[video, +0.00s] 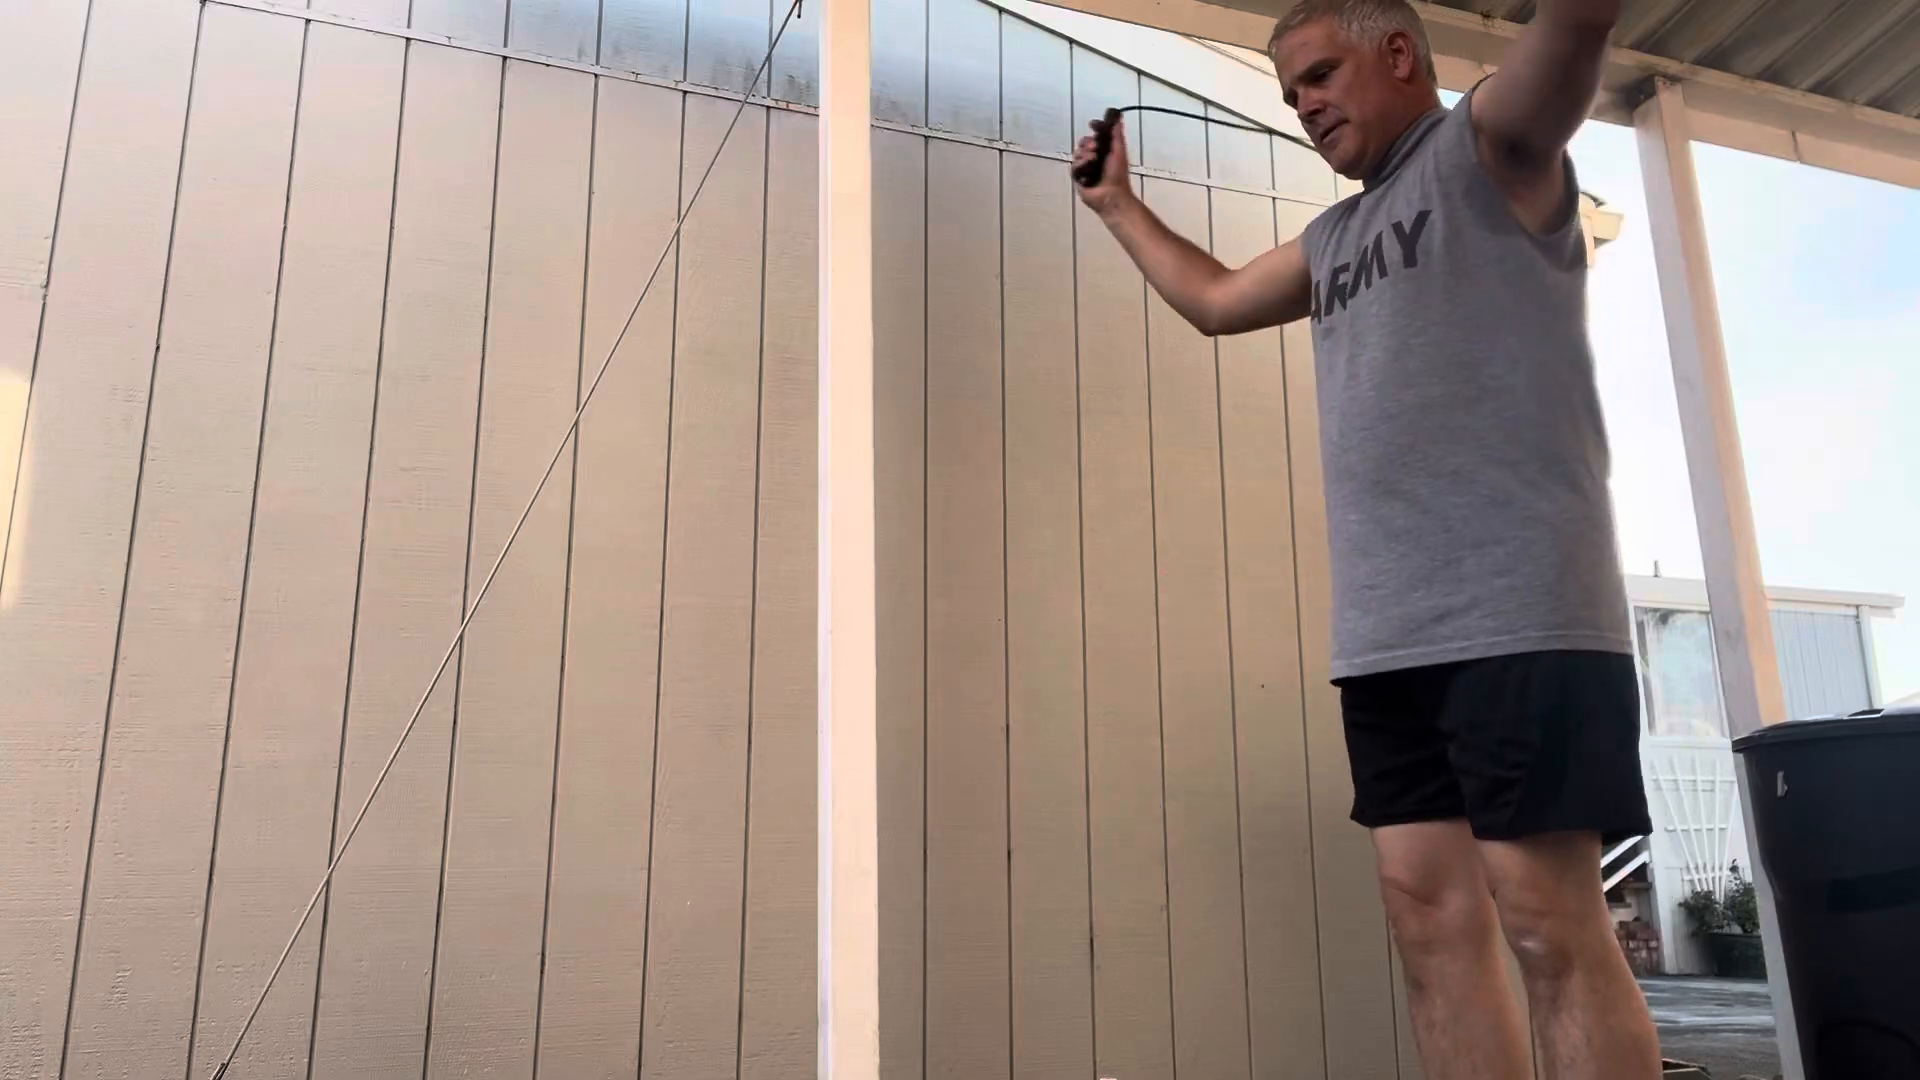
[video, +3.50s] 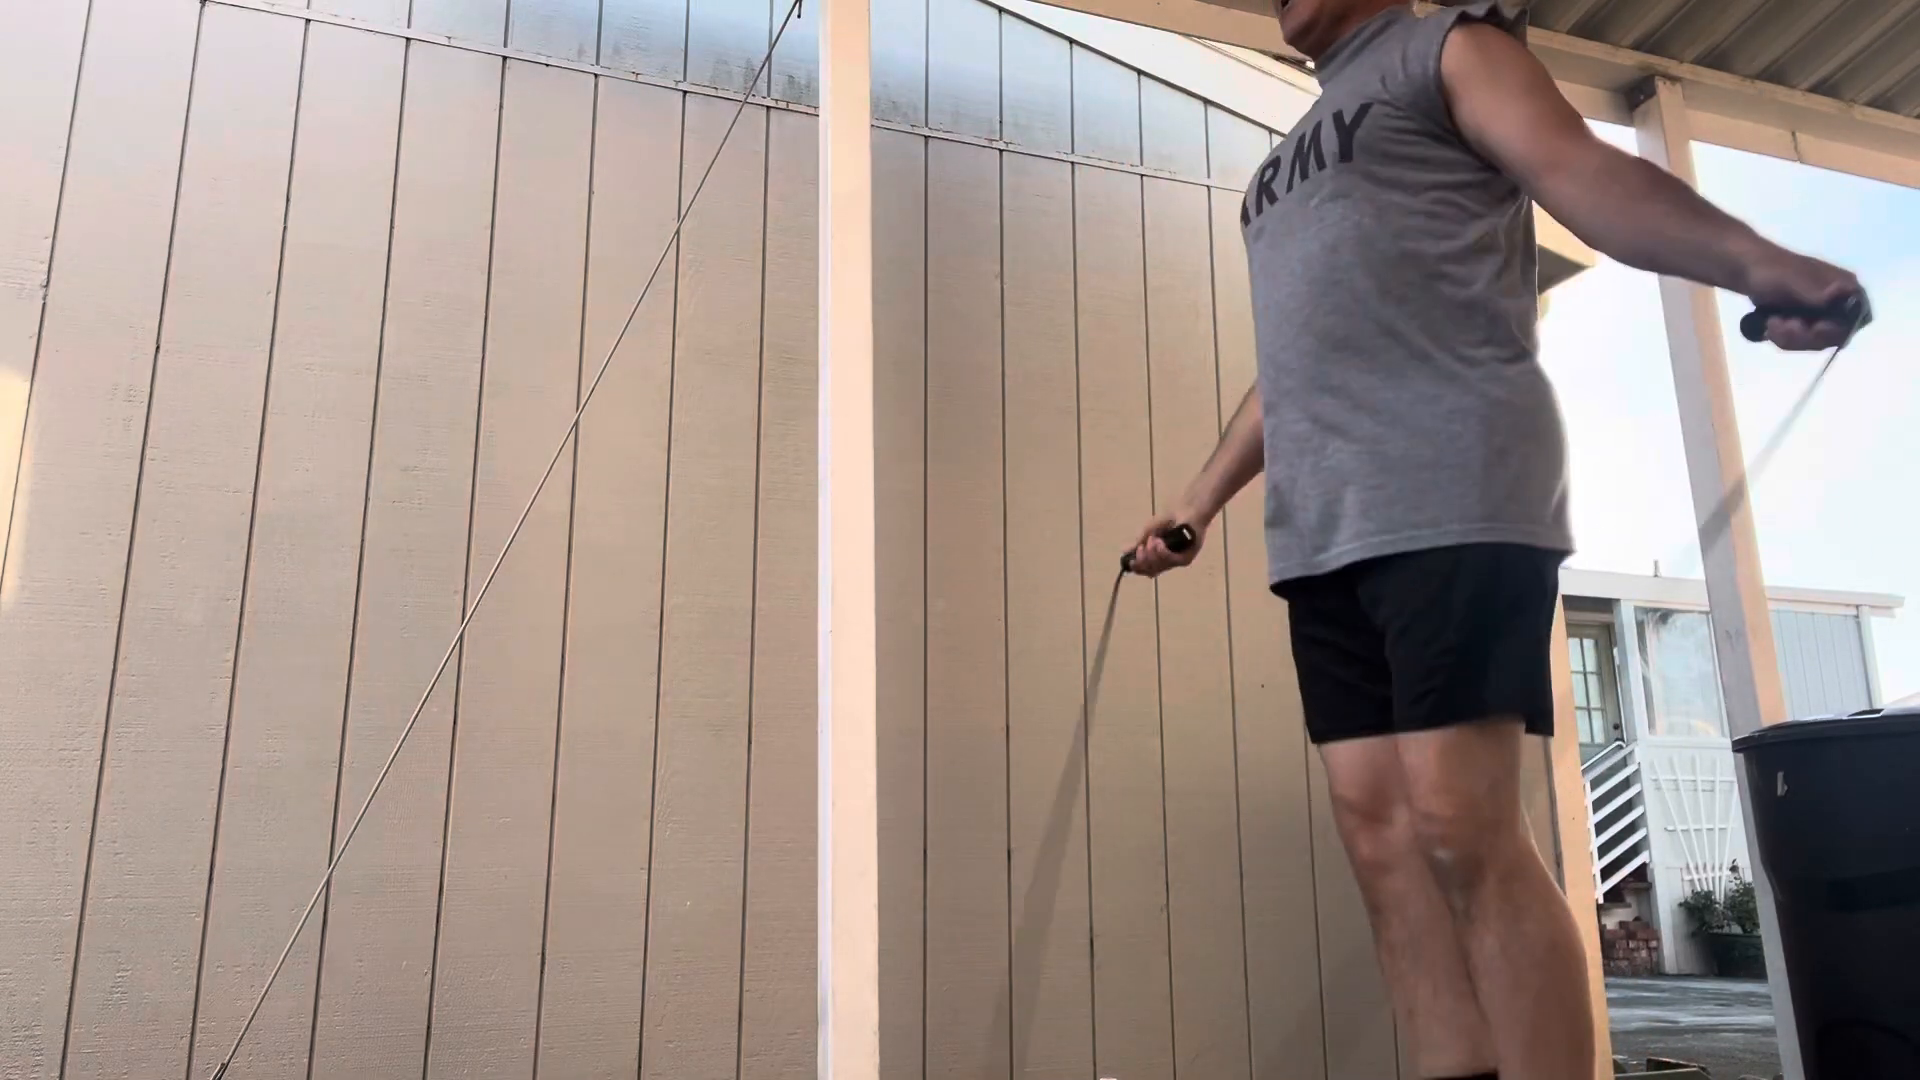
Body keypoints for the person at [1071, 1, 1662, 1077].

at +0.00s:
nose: (1306, 106)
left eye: (1322, 74)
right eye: (1292, 92)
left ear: (1401, 55)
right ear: (1292, 108)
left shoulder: (1491, 144)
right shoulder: (1332, 239)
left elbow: (1575, 24)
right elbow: (1214, 299)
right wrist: (1116, 201)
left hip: (1525, 603)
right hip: (1382, 623)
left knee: (1550, 918)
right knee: (1425, 909)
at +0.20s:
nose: (1284, 145)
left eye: (1299, 113)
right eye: (1271, 130)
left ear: (1384, 93)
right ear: (1278, 148)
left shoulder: (1471, 198)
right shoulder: (1306, 283)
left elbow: (1499, 135)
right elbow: (1166, 368)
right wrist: (1017, 319)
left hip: (1541, 605)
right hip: (1397, 636)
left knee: (1490, 940)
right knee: (1389, 939)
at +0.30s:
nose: (1283, 167)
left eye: (1301, 138)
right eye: (1270, 153)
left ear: (1378, 127)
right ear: (1274, 171)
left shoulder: (1460, 237)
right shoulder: (1303, 323)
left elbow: (1519, 253)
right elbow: (1180, 440)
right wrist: (1015, 445)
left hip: (1537, 621)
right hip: (1390, 656)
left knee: (1449, 963)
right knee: (1353, 966)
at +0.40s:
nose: (1275, 96)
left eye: (1290, 65)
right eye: (1263, 85)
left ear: (1371, 47)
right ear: (1262, 102)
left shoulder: (1465, 149)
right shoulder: (1302, 259)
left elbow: (1540, 257)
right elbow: (1234, 437)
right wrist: (1092, 535)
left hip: (1509, 583)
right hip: (1363, 615)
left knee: (1501, 916)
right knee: (1386, 920)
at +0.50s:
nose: (1250, 15)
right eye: (1241, 7)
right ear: (1257, 26)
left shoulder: (1446, 60)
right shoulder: (1281, 186)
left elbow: (1567, 205)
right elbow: (1294, 375)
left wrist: (1739, 321)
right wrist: (1223, 512)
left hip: (1488, 479)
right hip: (1344, 520)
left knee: (1449, 809)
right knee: (1368, 818)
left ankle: (1550, 1074)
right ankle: (1472, 1073)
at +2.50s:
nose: (1227, 62)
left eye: (1251, 36)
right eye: (1221, 49)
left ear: (1333, 44)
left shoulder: (1402, 155)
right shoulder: (1255, 261)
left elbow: (1533, 278)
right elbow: (1262, 459)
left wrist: (1632, 391)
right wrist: (1115, 528)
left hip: (1426, 607)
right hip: (1296, 633)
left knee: (1412, 936)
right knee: (1306, 927)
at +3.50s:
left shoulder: (1450, 45)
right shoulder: (1286, 159)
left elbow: (1578, 172)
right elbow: (1294, 362)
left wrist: (1754, 258)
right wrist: (1197, 502)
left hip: (1453, 484)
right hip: (1321, 514)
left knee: (1464, 827)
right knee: (1377, 833)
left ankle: (1551, 1071)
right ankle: (1457, 1070)